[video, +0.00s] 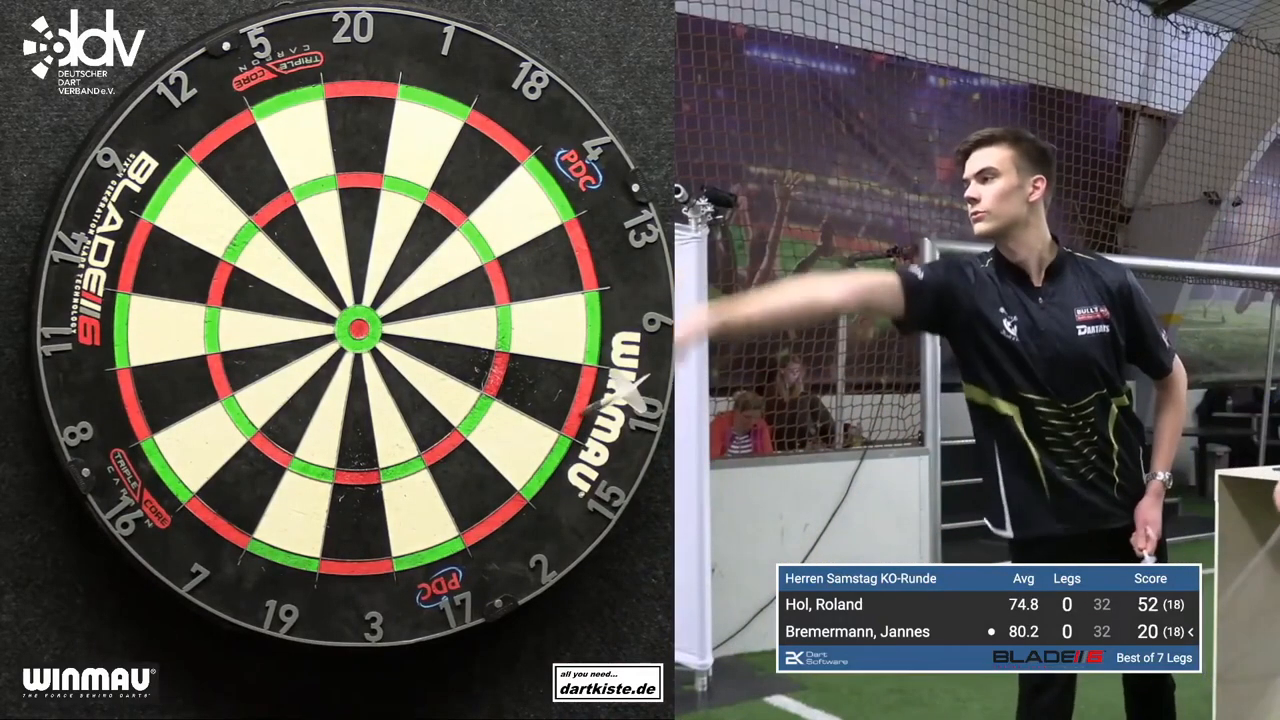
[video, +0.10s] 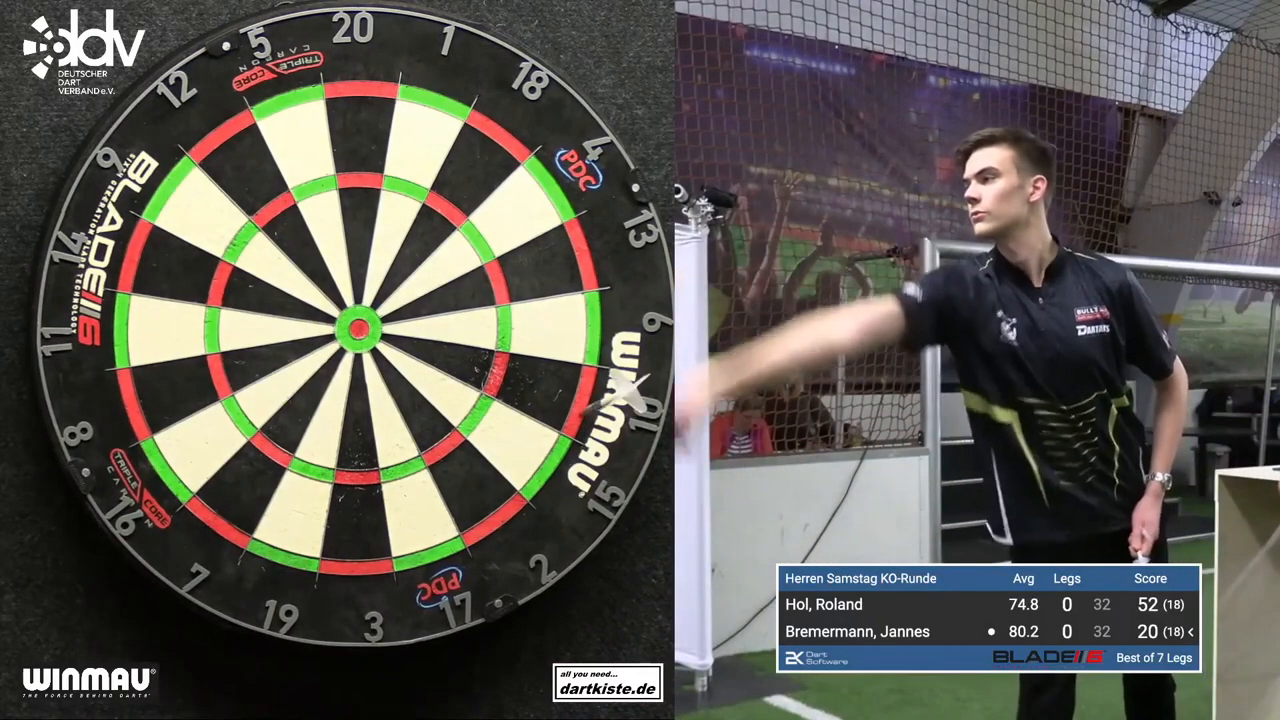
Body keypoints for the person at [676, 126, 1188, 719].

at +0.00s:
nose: (970, 193)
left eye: (986, 178)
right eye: (967, 184)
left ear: (1037, 188)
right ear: (969, 198)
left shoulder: (1109, 283)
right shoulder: (960, 284)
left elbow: (1173, 381)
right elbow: (840, 290)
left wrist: (1157, 487)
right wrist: (707, 318)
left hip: (1127, 522)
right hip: (1038, 535)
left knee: (1153, 682)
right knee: (1046, 691)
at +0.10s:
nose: (970, 192)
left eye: (987, 178)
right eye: (967, 183)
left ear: (1037, 188)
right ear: (969, 198)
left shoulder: (1110, 284)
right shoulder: (960, 289)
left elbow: (1173, 382)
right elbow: (842, 329)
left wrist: (1156, 488)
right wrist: (714, 377)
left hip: (1129, 523)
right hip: (1039, 538)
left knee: (1153, 680)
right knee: (1046, 691)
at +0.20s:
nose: (970, 194)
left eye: (987, 178)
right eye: (967, 184)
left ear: (1037, 189)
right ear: (967, 199)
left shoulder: (1108, 284)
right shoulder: (960, 295)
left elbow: (1174, 382)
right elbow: (864, 364)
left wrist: (1156, 488)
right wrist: (753, 445)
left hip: (1128, 521)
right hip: (1037, 539)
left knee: (1155, 682)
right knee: (1046, 693)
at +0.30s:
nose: (967, 197)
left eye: (985, 181)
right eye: (964, 187)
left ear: (1035, 191)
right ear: (965, 202)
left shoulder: (1108, 285)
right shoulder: (960, 307)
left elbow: (1172, 387)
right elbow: (902, 417)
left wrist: (1153, 491)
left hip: (1128, 524)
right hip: (1037, 544)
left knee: (1150, 678)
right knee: (1052, 695)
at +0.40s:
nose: (958, 203)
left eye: (976, 186)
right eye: (956, 192)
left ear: (1025, 197)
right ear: (955, 207)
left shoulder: (1098, 293)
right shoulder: (948, 319)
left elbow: (1162, 391)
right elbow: (927, 460)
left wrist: (1131, 482)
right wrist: (910, 582)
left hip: (1112, 529)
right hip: (1024, 546)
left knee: (1144, 683)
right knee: (1055, 698)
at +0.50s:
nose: (948, 204)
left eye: (966, 188)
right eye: (946, 193)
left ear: (1016, 199)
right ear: (945, 206)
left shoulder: (1089, 297)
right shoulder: (936, 319)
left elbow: (1152, 397)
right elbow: (935, 464)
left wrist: (1101, 464)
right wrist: (939, 583)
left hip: (1102, 546)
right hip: (1008, 560)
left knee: (1147, 701)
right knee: (1044, 710)